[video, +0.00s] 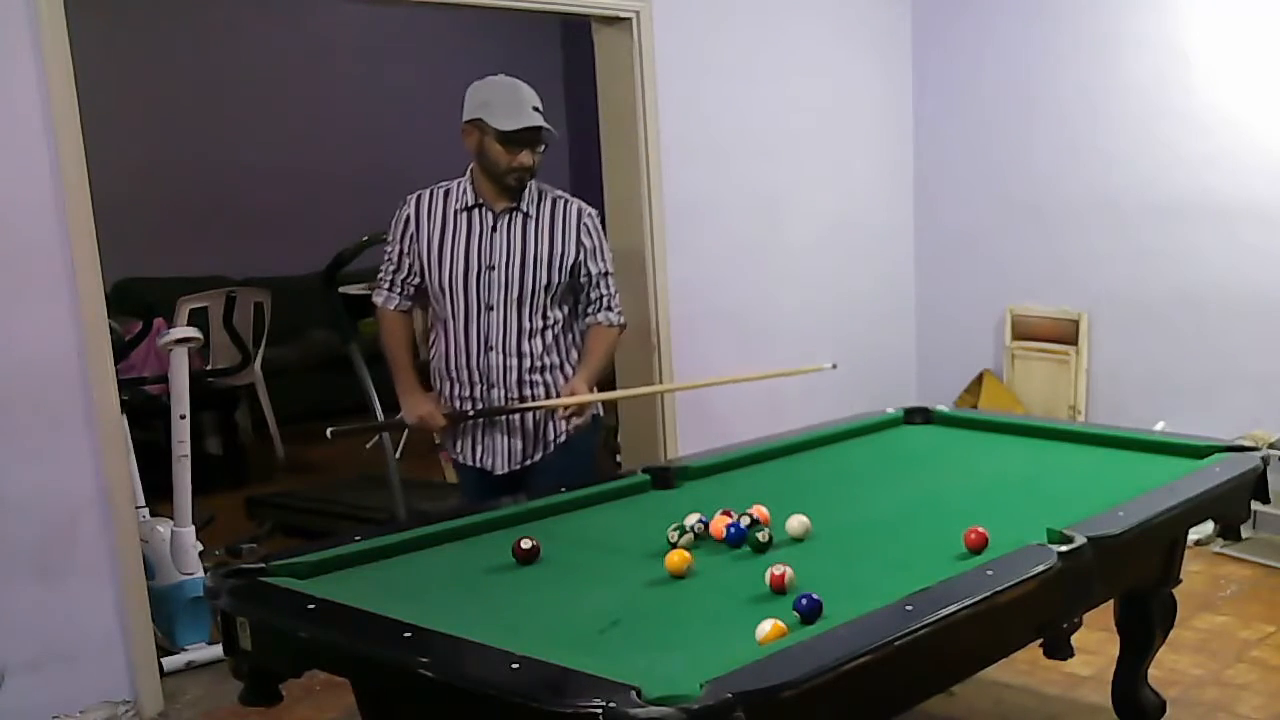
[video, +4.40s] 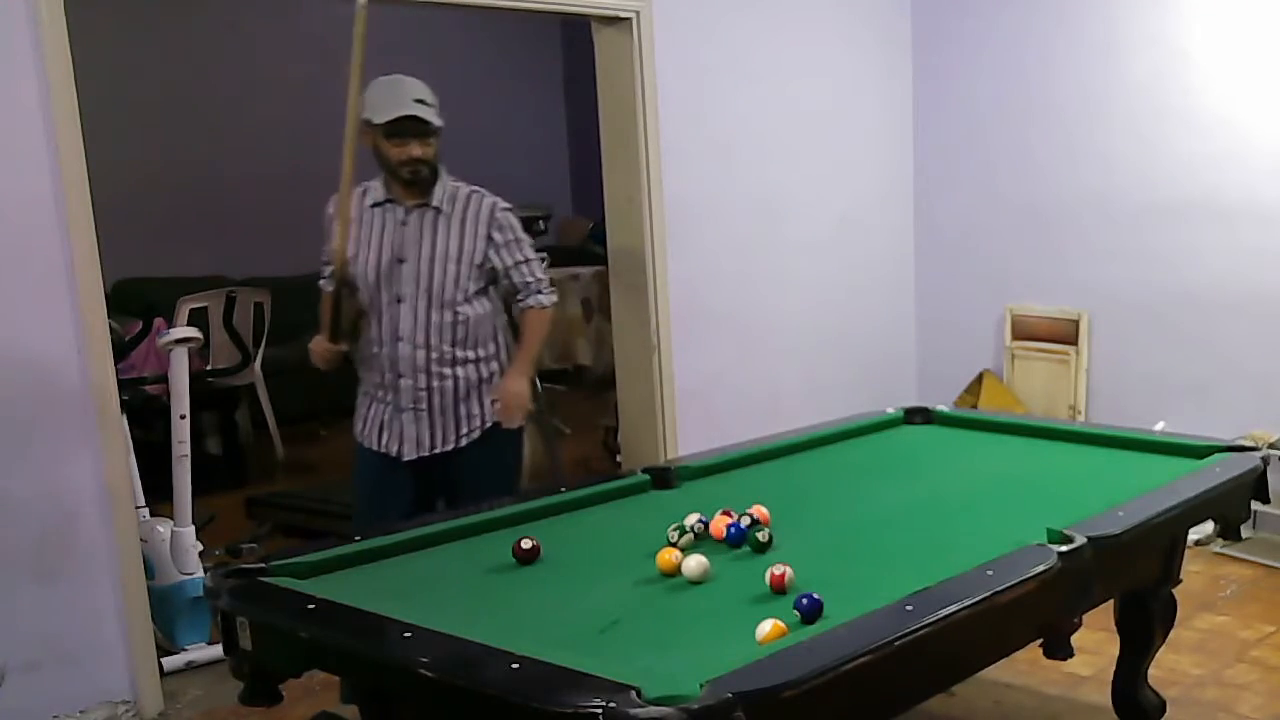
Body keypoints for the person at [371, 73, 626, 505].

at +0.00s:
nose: (526, 160)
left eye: (535, 146)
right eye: (511, 146)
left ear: (545, 142)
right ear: (471, 136)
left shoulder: (575, 220)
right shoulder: (421, 215)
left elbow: (606, 315)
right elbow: (393, 304)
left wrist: (583, 379)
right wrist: (410, 393)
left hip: (559, 435)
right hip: (469, 439)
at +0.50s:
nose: (519, 187)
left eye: (527, 172)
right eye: (503, 171)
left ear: (535, 168)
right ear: (457, 160)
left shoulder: (551, 248)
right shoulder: (392, 213)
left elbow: (587, 343)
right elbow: (336, 265)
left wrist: (604, 422)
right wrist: (340, 365)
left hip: (519, 449)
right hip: (421, 447)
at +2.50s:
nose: (500, 164)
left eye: (506, 150)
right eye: (485, 147)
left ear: (511, 150)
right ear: (443, 139)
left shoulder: (524, 229)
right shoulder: (368, 207)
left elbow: (547, 311)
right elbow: (310, 287)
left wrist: (548, 385)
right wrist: (350, 336)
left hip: (499, 436)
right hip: (402, 435)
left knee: (509, 573)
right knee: (408, 580)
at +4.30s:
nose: (439, 151)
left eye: (449, 137)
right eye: (423, 139)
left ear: (463, 139)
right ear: (397, 139)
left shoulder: (507, 214)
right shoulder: (369, 209)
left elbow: (556, 299)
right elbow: (349, 276)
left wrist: (539, 373)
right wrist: (343, 328)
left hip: (491, 422)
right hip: (401, 422)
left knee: (490, 558)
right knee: (398, 561)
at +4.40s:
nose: (414, 151)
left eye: (424, 137)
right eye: (398, 139)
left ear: (438, 139)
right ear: (372, 140)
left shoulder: (485, 213)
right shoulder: (347, 212)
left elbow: (537, 296)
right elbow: (334, 289)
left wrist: (520, 374)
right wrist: (330, 337)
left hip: (477, 425)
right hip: (386, 428)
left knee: (483, 565)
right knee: (385, 569)